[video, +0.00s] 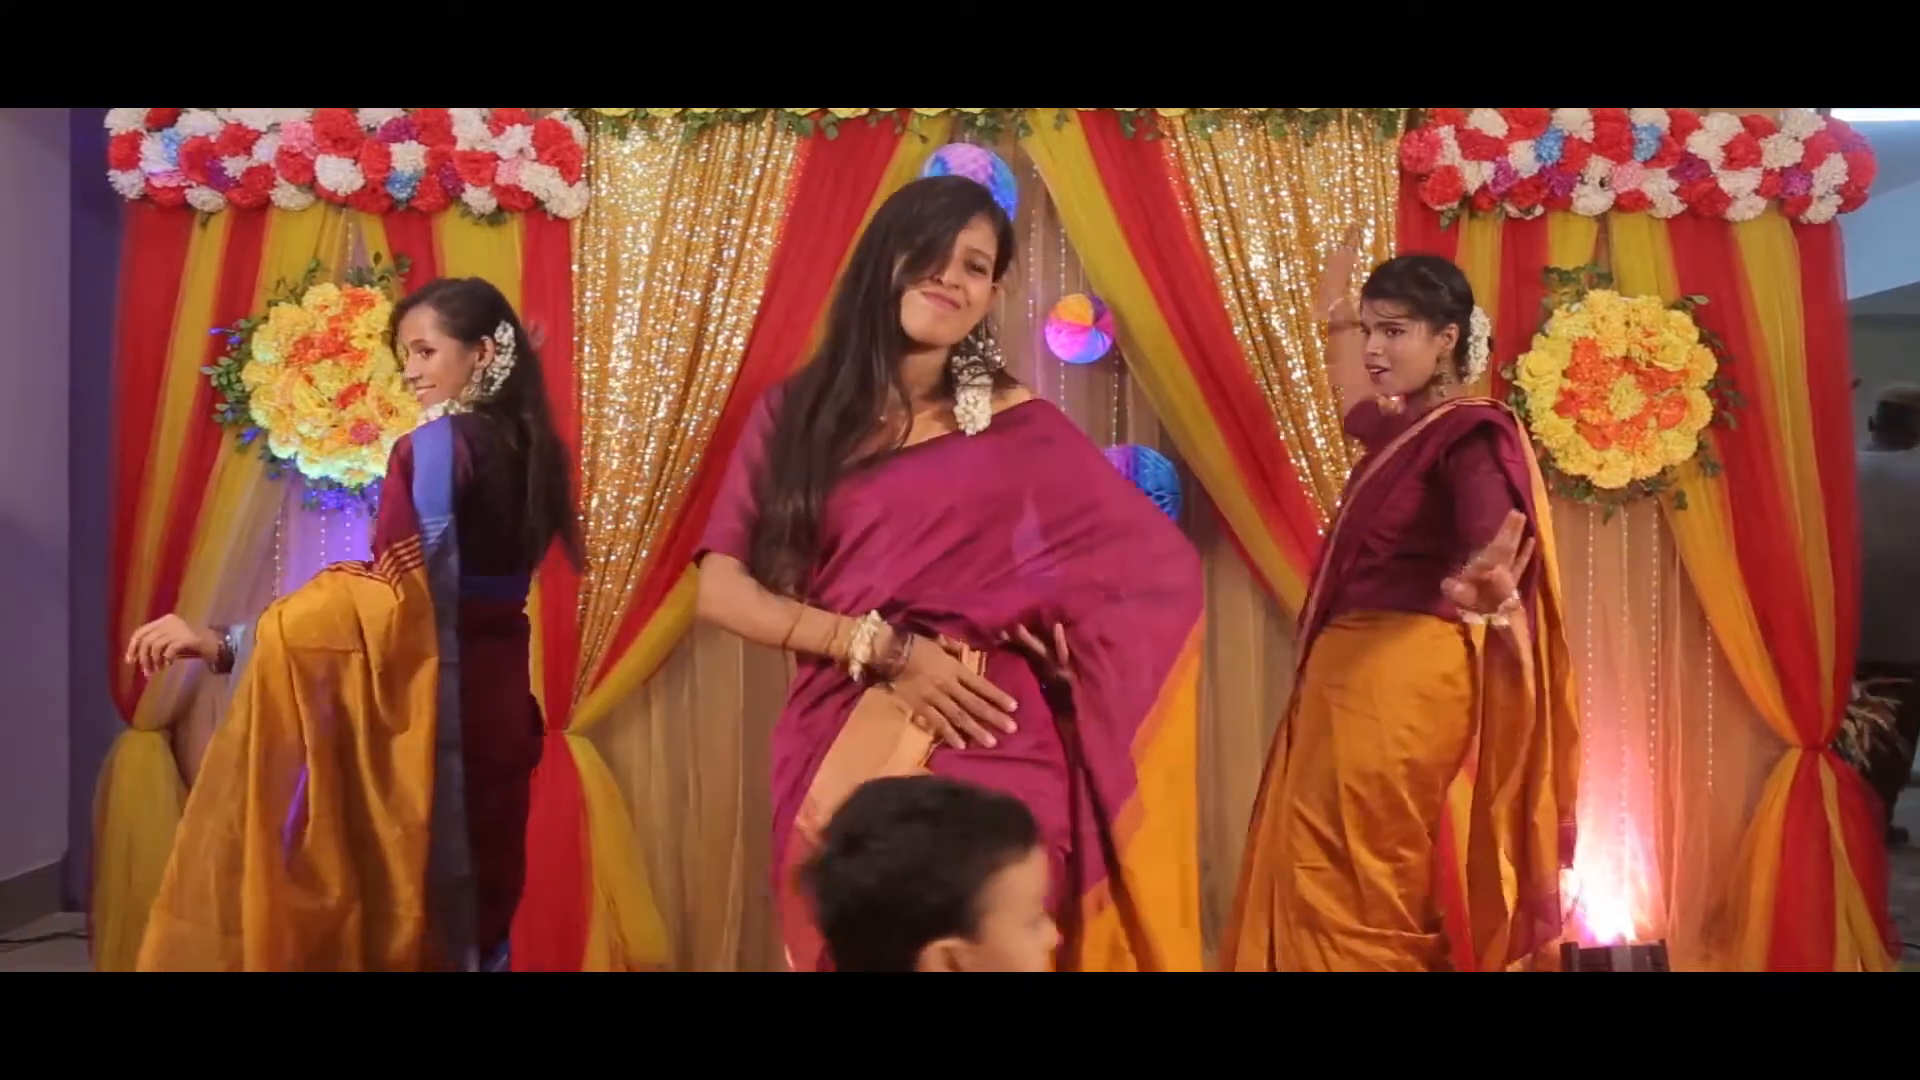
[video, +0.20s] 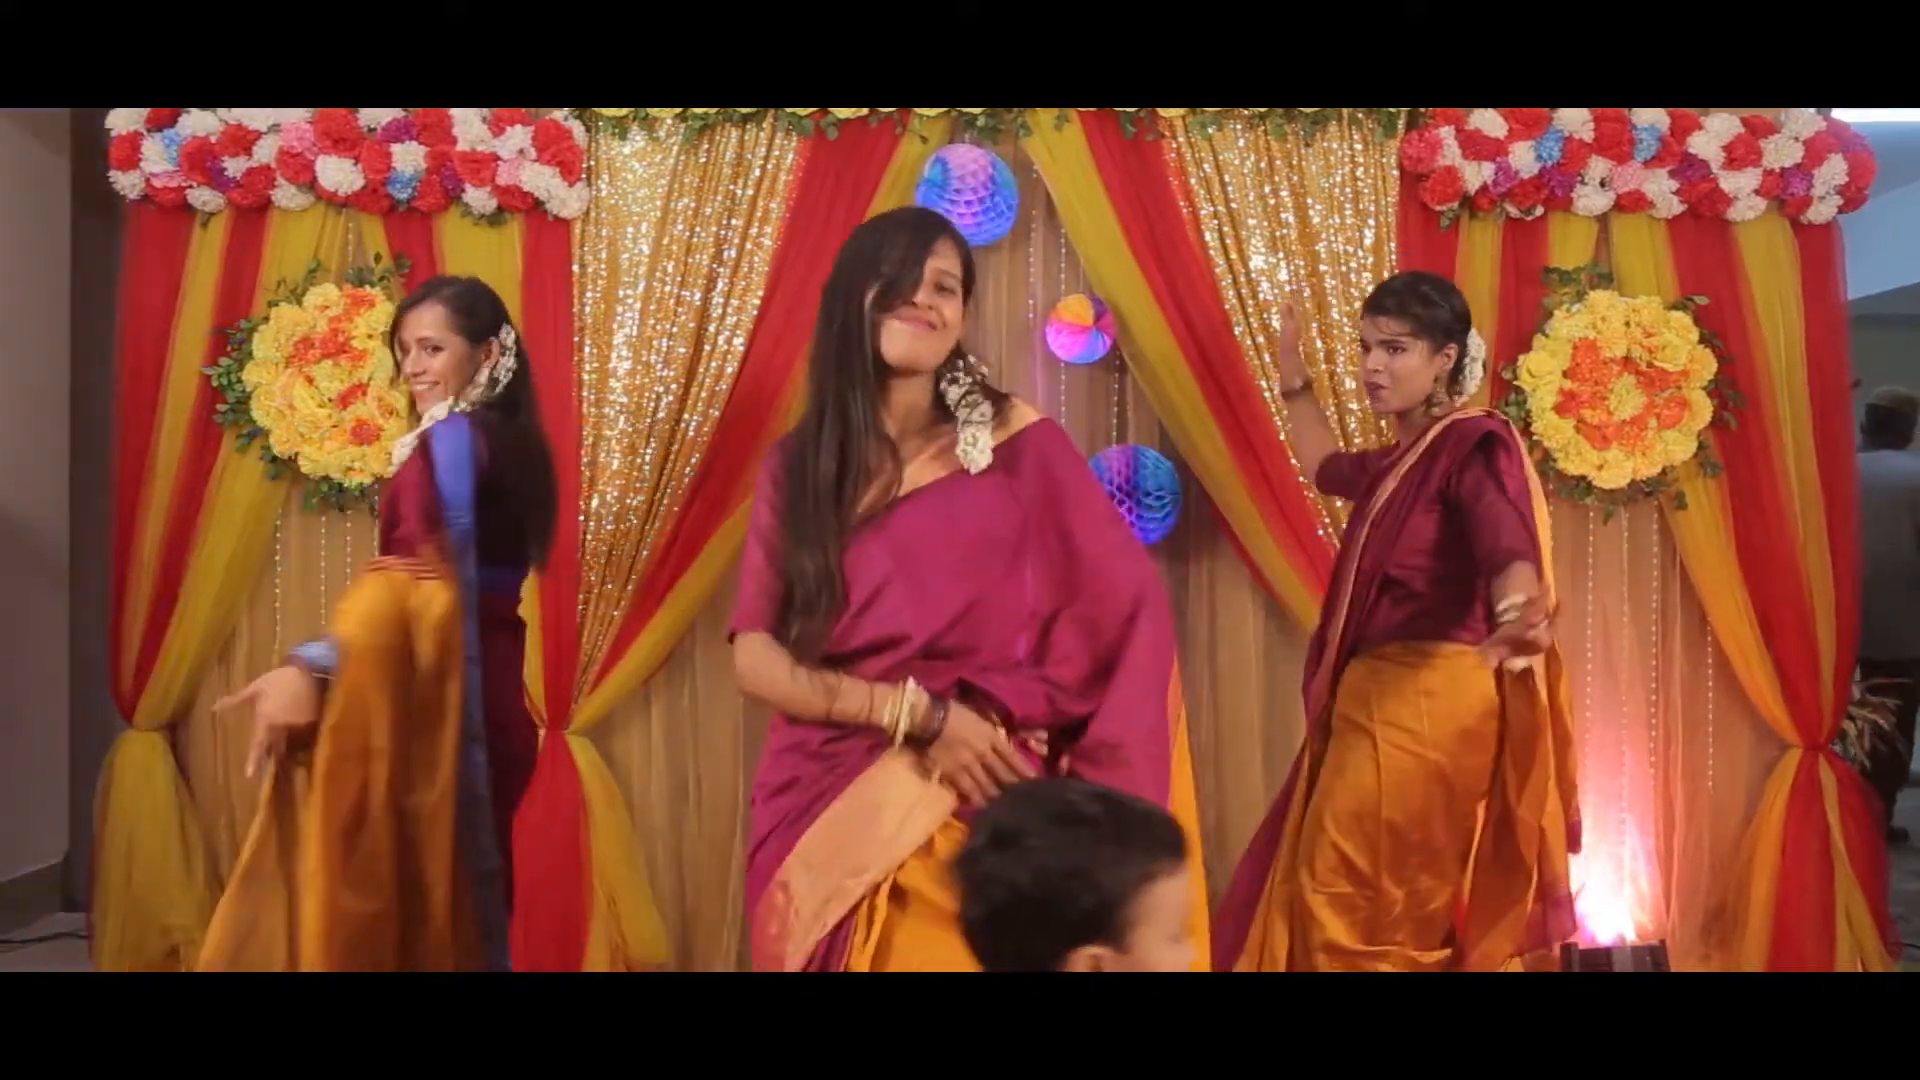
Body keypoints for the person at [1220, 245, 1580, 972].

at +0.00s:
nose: (1374, 349)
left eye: (1393, 330)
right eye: (1366, 329)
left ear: (1446, 340)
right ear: (1362, 336)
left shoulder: (1467, 430)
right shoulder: (1392, 431)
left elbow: (1495, 520)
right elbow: (1358, 400)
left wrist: (1483, 576)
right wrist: (1339, 325)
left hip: (1407, 658)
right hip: (1343, 656)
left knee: (1348, 873)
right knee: (1295, 863)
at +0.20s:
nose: (1371, 366)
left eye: (1393, 348)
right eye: (1365, 348)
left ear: (1446, 359)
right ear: (1357, 354)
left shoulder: (1477, 443)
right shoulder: (1392, 458)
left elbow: (1511, 557)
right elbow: (1326, 465)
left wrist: (1520, 619)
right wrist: (1293, 377)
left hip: (1427, 700)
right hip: (1366, 700)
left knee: (1328, 894)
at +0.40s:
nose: (1375, 355)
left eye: (1398, 336)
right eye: (1368, 335)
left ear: (1449, 345)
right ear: (1361, 337)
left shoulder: (1487, 432)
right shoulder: (1391, 445)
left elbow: (1532, 559)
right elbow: (1307, 439)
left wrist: (1545, 588)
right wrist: (1277, 342)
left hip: (1435, 682)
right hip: (1368, 682)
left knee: (1346, 870)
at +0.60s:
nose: (1380, 356)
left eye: (1402, 341)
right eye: (1371, 339)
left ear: (1451, 356)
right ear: (1360, 344)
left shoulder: (1489, 441)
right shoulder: (1383, 461)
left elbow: (1538, 568)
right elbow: (1285, 473)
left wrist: (1576, 663)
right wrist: (1245, 396)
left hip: (1432, 683)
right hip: (1367, 687)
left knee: (1359, 876)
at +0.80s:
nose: (1383, 349)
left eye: (1405, 333)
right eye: (1373, 331)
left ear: (1455, 345)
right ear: (1361, 339)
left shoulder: (1500, 447)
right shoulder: (1354, 442)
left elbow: (1554, 576)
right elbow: (1240, 402)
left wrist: (1610, 626)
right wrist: (1197, 300)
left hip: (1452, 675)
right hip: (1357, 682)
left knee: (1430, 884)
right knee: (1361, 879)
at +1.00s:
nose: (1388, 359)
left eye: (1411, 341)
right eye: (1375, 340)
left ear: (1452, 357)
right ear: (1359, 350)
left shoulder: (1507, 446)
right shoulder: (1353, 465)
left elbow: (1556, 589)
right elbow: (1231, 466)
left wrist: (1597, 660)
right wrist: (1179, 374)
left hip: (1464, 703)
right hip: (1360, 710)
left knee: (1410, 893)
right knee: (1345, 891)